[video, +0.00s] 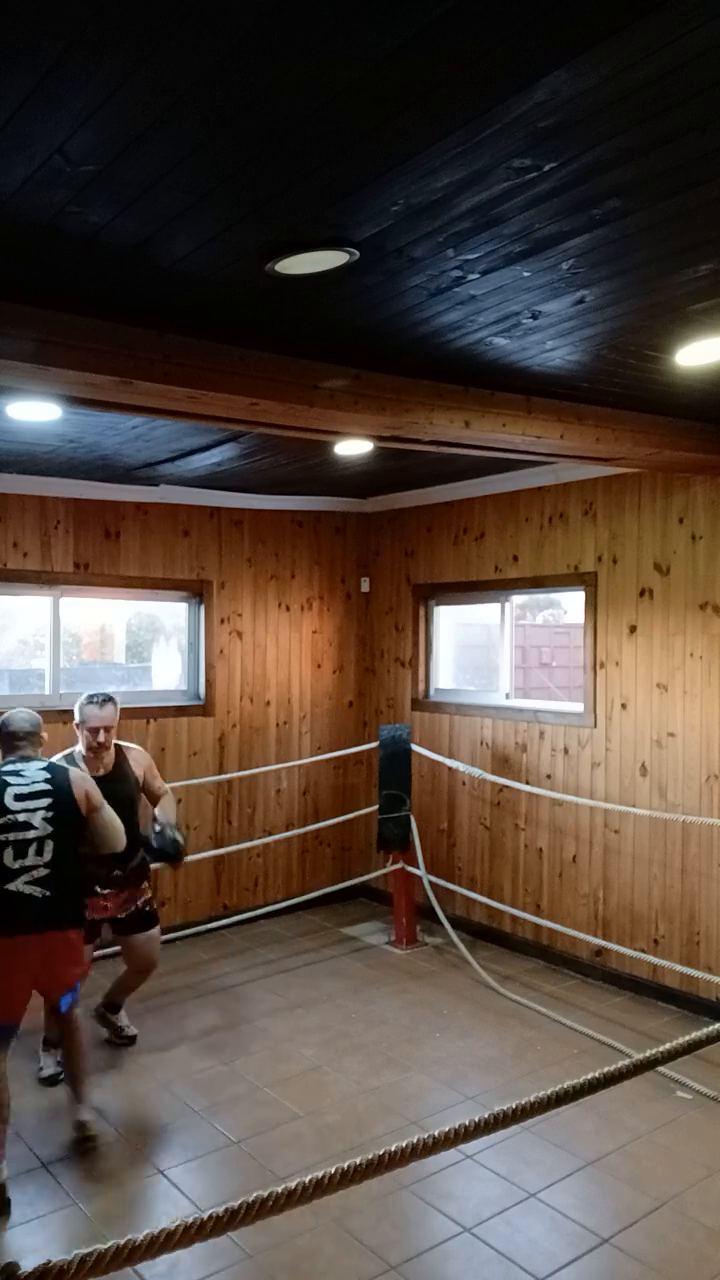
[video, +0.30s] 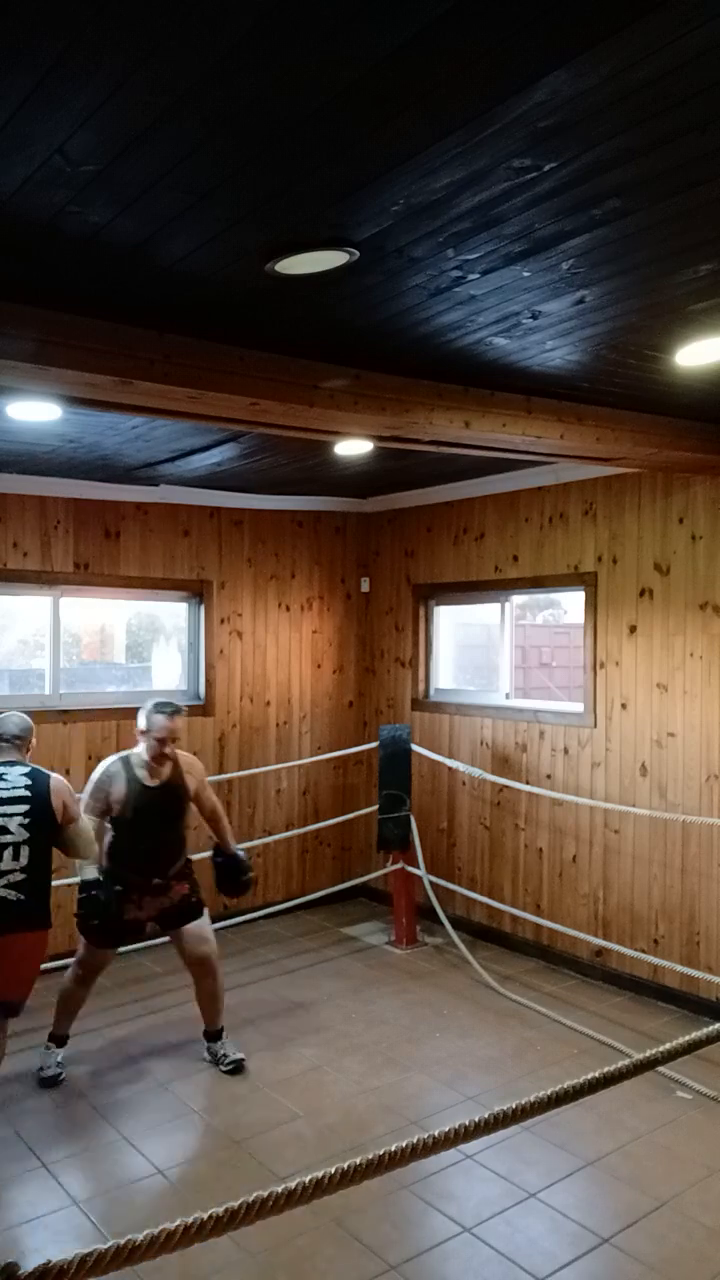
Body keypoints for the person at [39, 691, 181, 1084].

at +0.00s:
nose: (100, 739)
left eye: (107, 730)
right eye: (92, 731)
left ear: (117, 727)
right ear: (76, 727)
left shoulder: (136, 759)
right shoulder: (60, 770)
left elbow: (162, 796)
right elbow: (45, 824)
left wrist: (167, 829)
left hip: (130, 882)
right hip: (79, 887)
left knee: (146, 961)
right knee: (70, 970)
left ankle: (109, 1008)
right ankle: (51, 1045)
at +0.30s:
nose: (167, 750)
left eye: (173, 741)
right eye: (159, 741)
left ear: (179, 738)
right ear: (139, 734)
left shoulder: (189, 768)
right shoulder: (112, 773)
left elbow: (214, 814)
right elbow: (87, 832)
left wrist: (231, 854)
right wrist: (89, 881)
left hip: (174, 881)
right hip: (120, 886)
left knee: (205, 957)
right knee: (83, 971)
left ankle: (216, 1042)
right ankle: (54, 1048)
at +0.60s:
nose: (217, 738)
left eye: (226, 729)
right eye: (210, 728)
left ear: (238, 725)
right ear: (197, 721)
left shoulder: (254, 759)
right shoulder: (170, 758)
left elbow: (276, 806)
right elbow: (141, 806)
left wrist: (288, 857)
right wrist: (129, 857)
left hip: (227, 871)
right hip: (176, 871)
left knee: (224, 960)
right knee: (184, 962)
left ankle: (218, 1043)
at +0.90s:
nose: (233, 758)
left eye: (240, 748)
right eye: (224, 750)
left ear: (258, 737)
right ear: (216, 745)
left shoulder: (287, 775)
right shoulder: (201, 786)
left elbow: (326, 824)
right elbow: (176, 843)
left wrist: (274, 819)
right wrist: (166, 897)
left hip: (275, 904)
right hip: (224, 906)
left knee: (261, 990)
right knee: (251, 1004)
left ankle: (225, 1032)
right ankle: (265, 1114)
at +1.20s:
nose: (231, 750)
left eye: (236, 740)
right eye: (227, 741)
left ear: (266, 727)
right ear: (232, 736)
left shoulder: (313, 766)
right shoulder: (238, 773)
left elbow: (337, 829)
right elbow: (222, 831)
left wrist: (272, 802)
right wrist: (207, 879)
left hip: (316, 908)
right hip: (260, 911)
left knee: (320, 1020)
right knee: (263, 1022)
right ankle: (265, 1121)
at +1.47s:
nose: (257, 773)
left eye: (258, 763)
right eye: (255, 763)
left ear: (281, 759)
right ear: (288, 754)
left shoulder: (335, 807)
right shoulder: (299, 803)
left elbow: (337, 886)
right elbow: (302, 874)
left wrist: (262, 888)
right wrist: (255, 882)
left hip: (353, 953)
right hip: (310, 951)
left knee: (340, 1087)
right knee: (274, 1046)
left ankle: (405, 1210)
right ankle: (302, 1129)